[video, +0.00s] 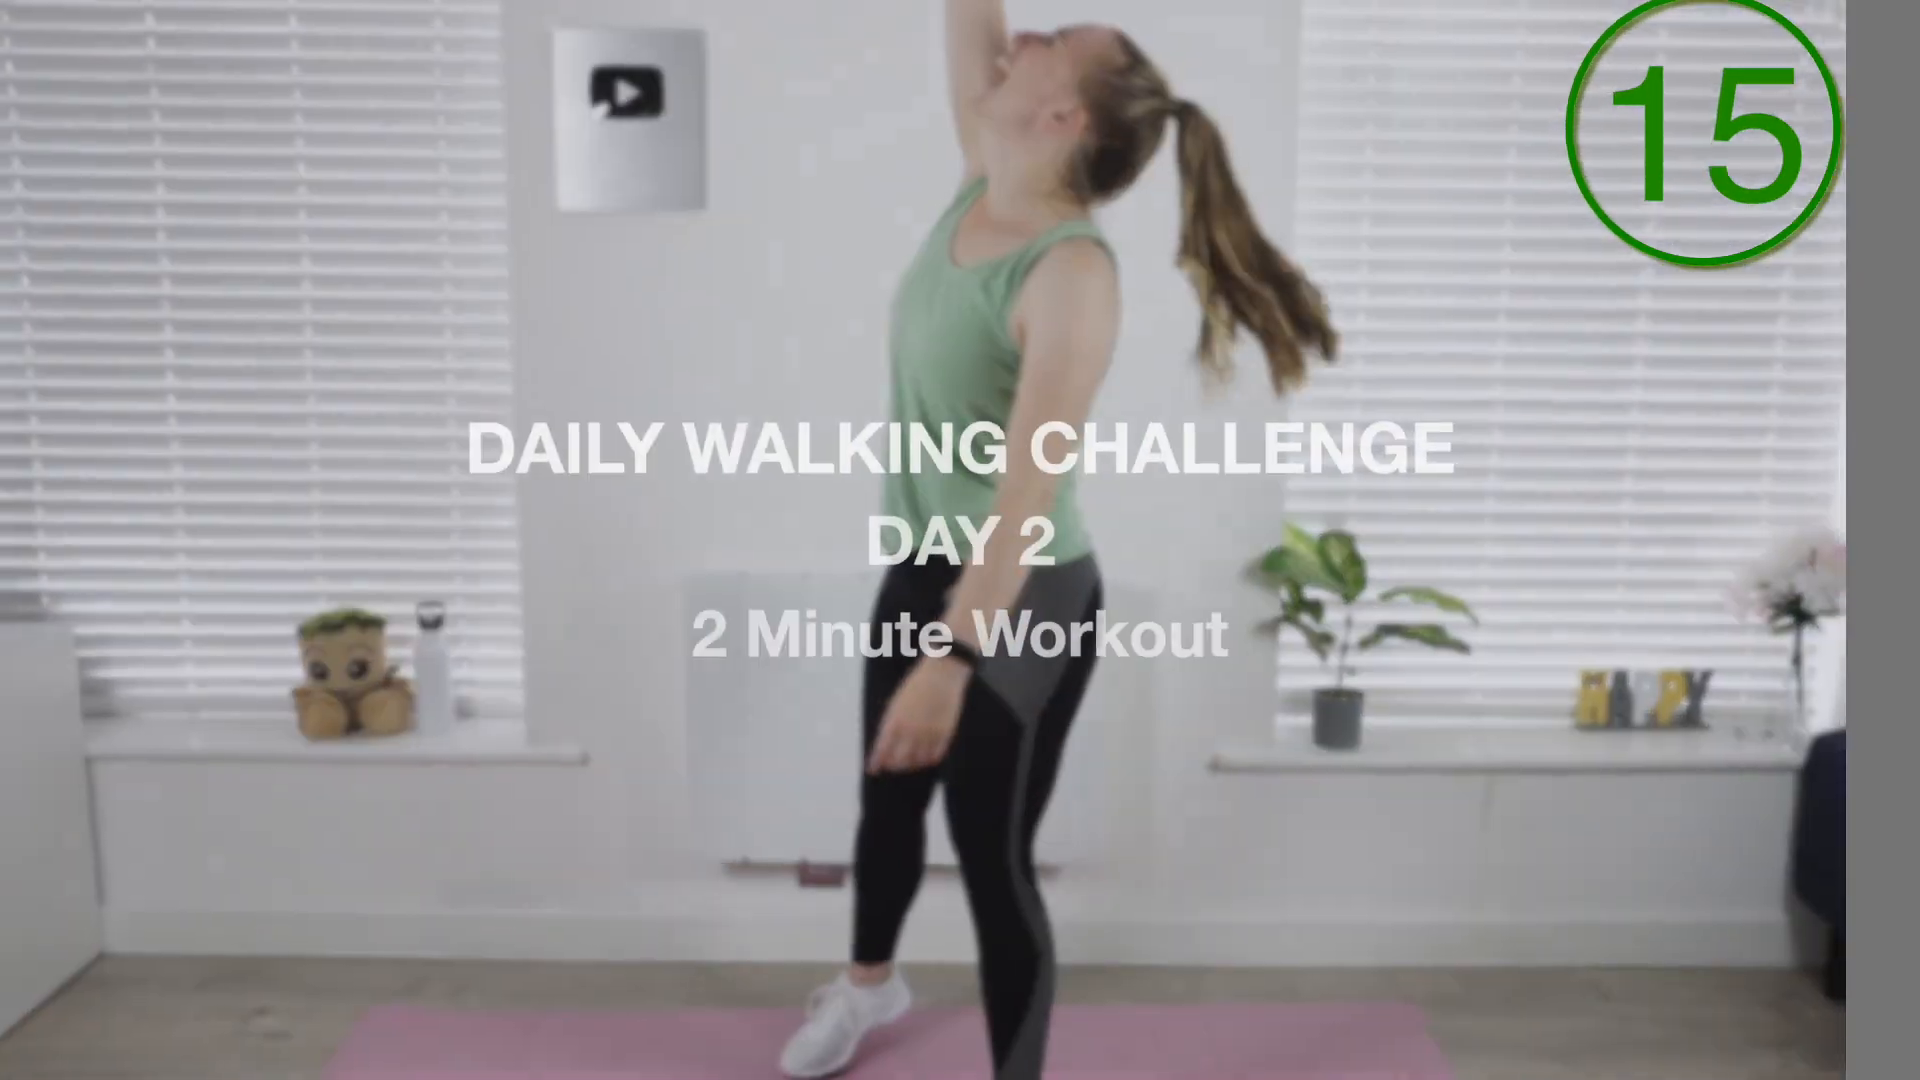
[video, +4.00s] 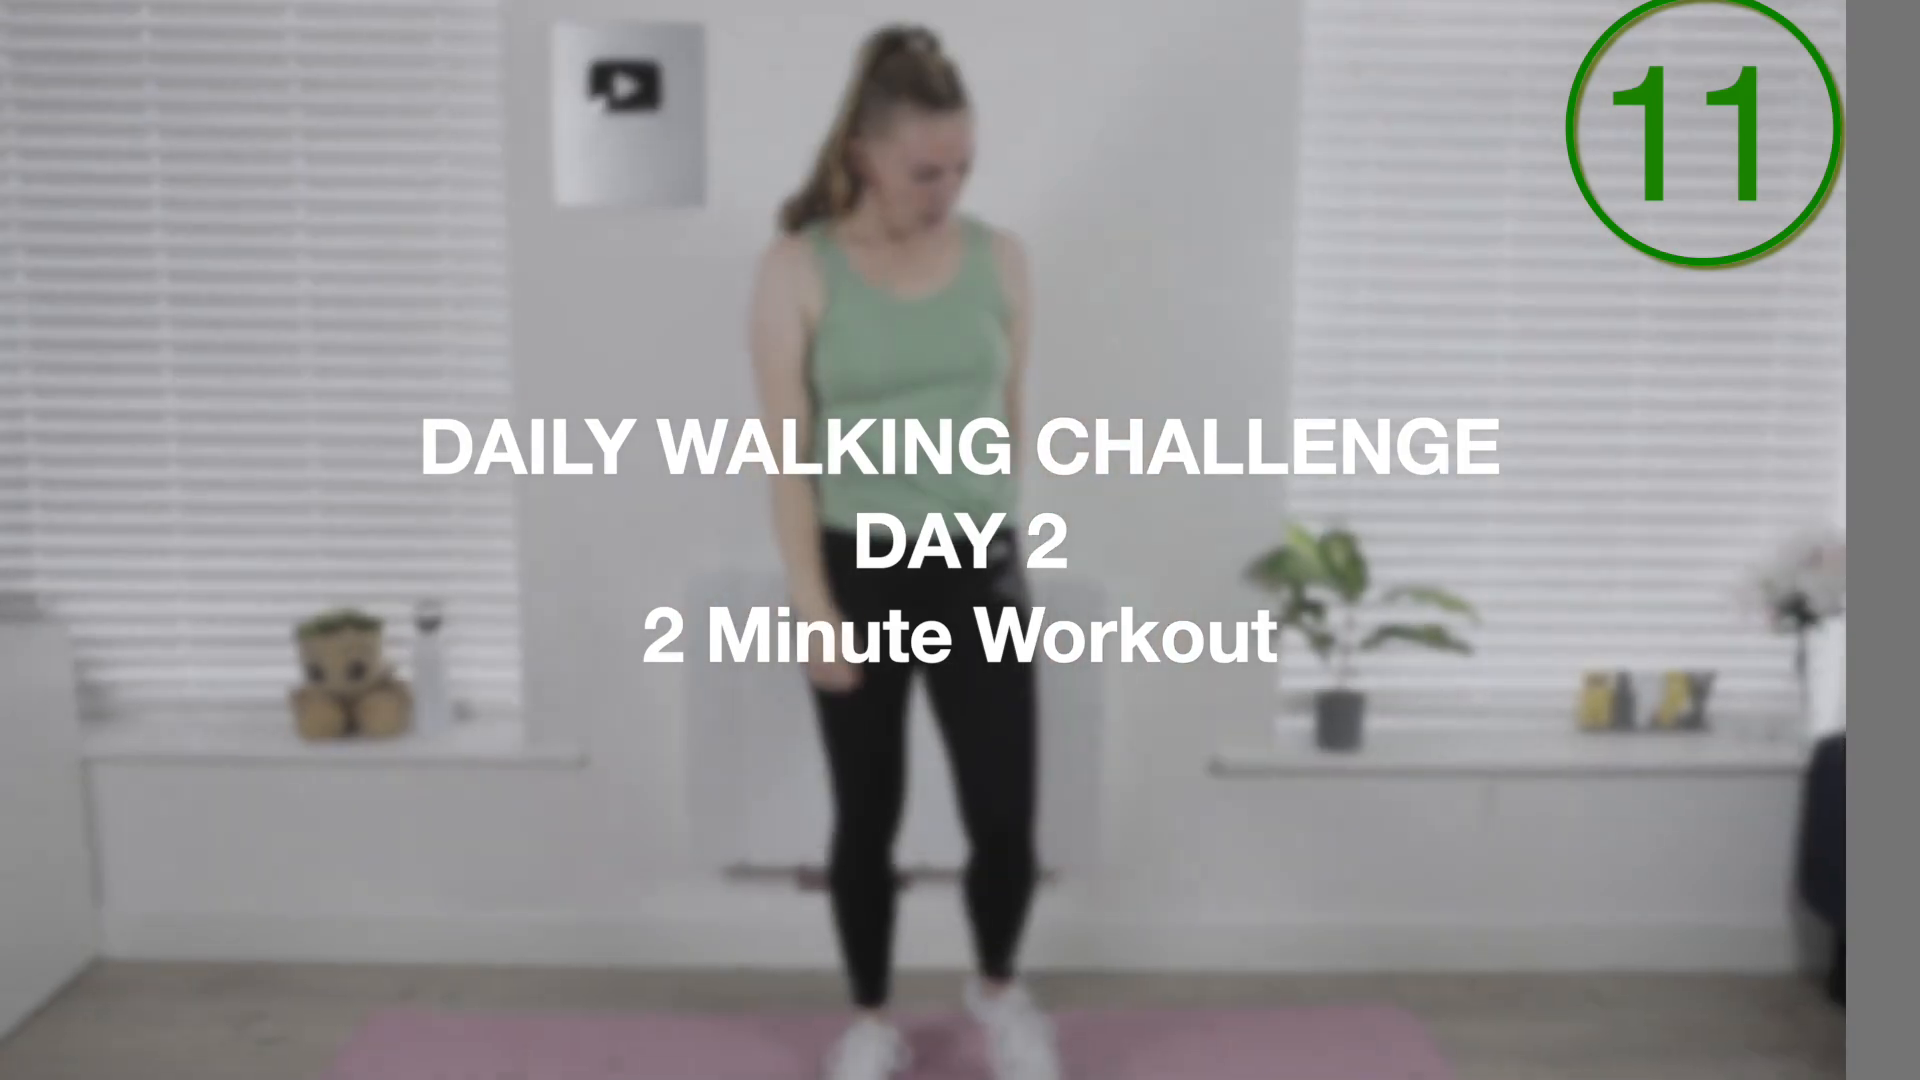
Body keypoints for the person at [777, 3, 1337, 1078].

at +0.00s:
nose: (1022, 38)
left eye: (1051, 44)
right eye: (1045, 32)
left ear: (1063, 122)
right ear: (1051, 121)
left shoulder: (1071, 275)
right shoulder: (990, 175)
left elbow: (1027, 501)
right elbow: (973, 5)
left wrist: (952, 660)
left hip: (1028, 591)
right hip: (927, 567)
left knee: (991, 845)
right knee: (887, 787)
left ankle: (1017, 1070)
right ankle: (867, 980)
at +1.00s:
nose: (895, 99)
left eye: (911, 79)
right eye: (871, 81)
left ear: (942, 94)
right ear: (835, 102)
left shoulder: (981, 228)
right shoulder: (818, 211)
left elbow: (1004, 387)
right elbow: (768, 43)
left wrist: (1036, 517)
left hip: (978, 532)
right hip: (856, 537)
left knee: (1047, 785)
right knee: (880, 791)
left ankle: (1050, 1005)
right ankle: (891, 1006)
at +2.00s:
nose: (1107, 88)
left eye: (1126, 70)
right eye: (1085, 69)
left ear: (1154, 94)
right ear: (1050, 90)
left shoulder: (1173, 236)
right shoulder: (1024, 205)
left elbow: (1181, 406)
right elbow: (983, 33)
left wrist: (1213, 552)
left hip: (1158, 555)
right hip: (1037, 552)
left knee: (1143, 805)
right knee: (989, 797)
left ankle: (1129, 1028)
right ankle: (909, 1007)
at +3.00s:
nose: (1173, 96)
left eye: (1204, 83)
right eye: (1161, 71)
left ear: (1241, 116)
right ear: (1130, 85)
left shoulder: (1249, 251)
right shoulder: (1056, 215)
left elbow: (1215, 446)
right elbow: (1052, 378)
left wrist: (1093, 559)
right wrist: (1026, 514)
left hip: (1154, 544)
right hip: (1029, 529)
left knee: (1126, 808)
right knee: (953, 785)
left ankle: (1126, 1030)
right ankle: (881, 1008)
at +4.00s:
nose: (947, 191)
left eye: (959, 170)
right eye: (926, 172)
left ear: (972, 150)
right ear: (860, 153)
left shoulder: (997, 260)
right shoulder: (799, 267)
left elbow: (1013, 427)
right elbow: (786, 454)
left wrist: (1013, 559)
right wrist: (814, 605)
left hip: (977, 563)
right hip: (854, 566)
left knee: (1004, 807)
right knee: (868, 807)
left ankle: (998, 988)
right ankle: (870, 1015)